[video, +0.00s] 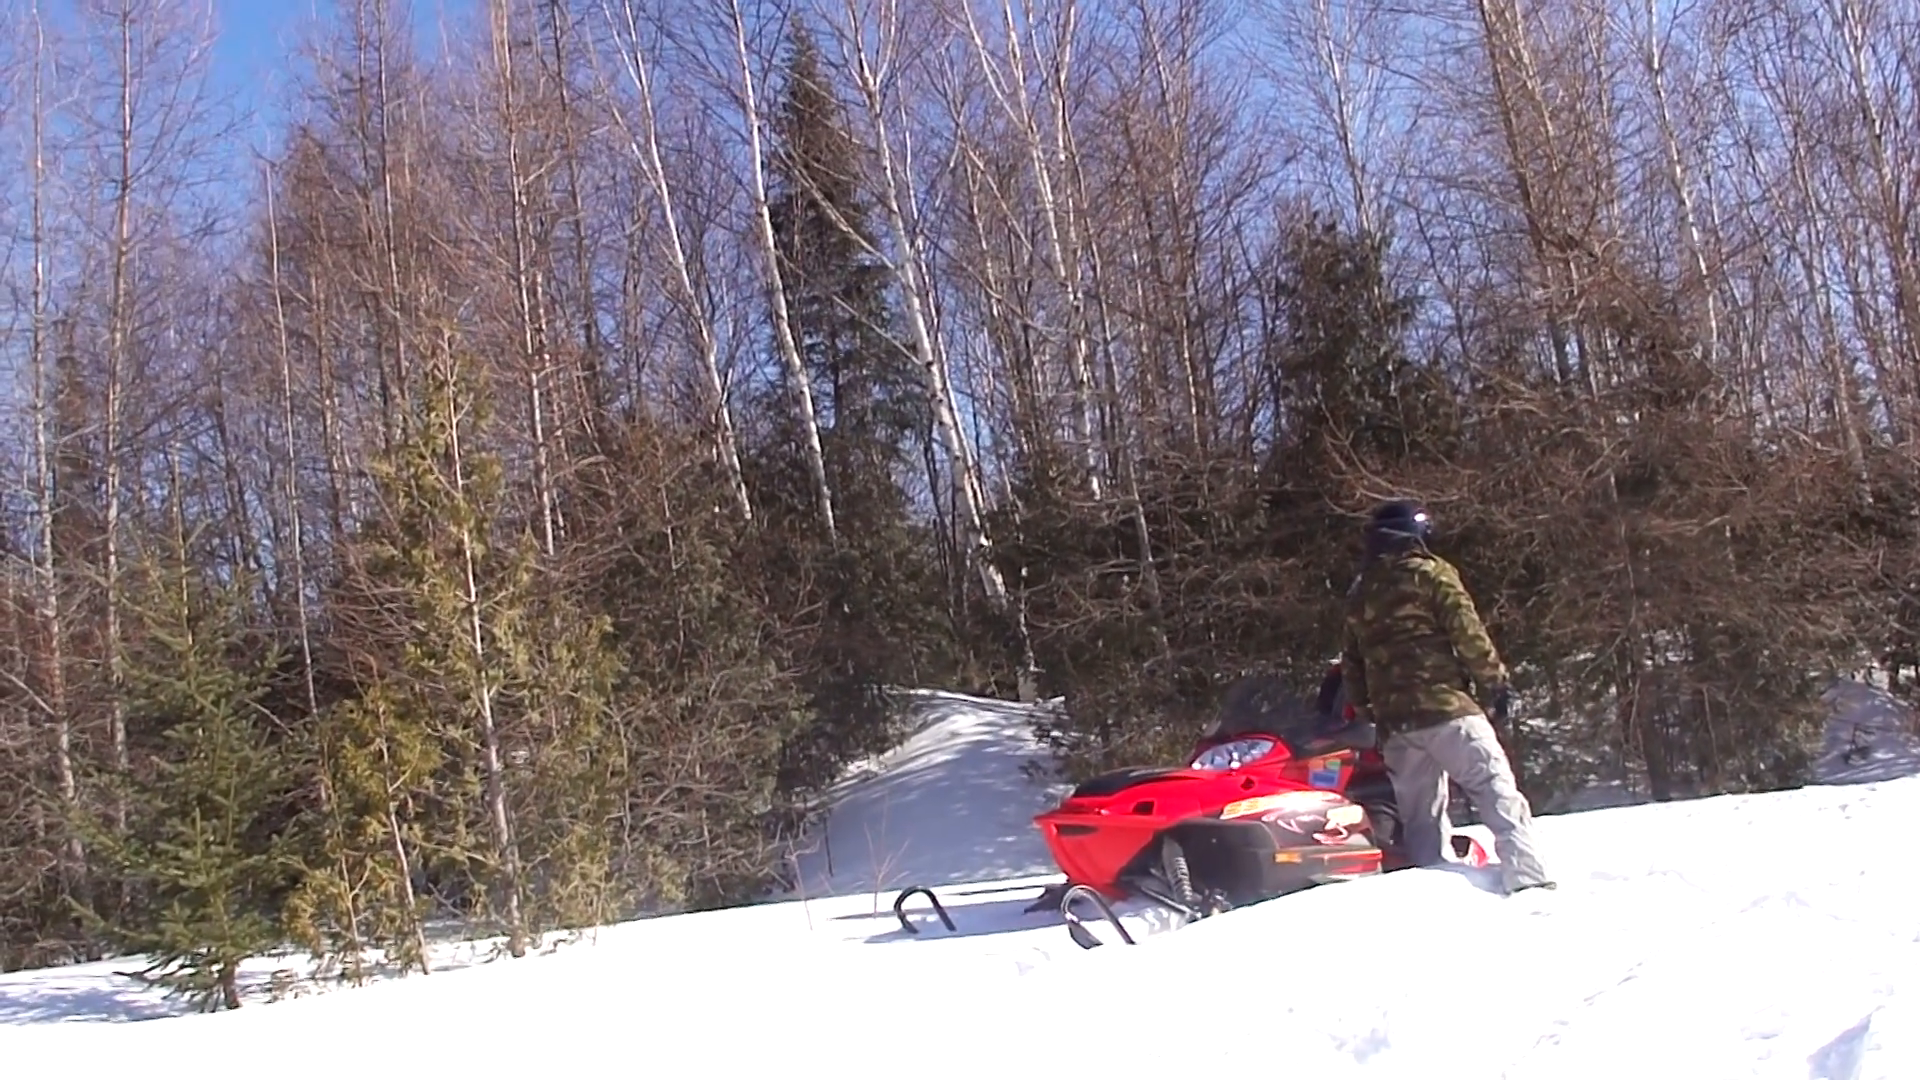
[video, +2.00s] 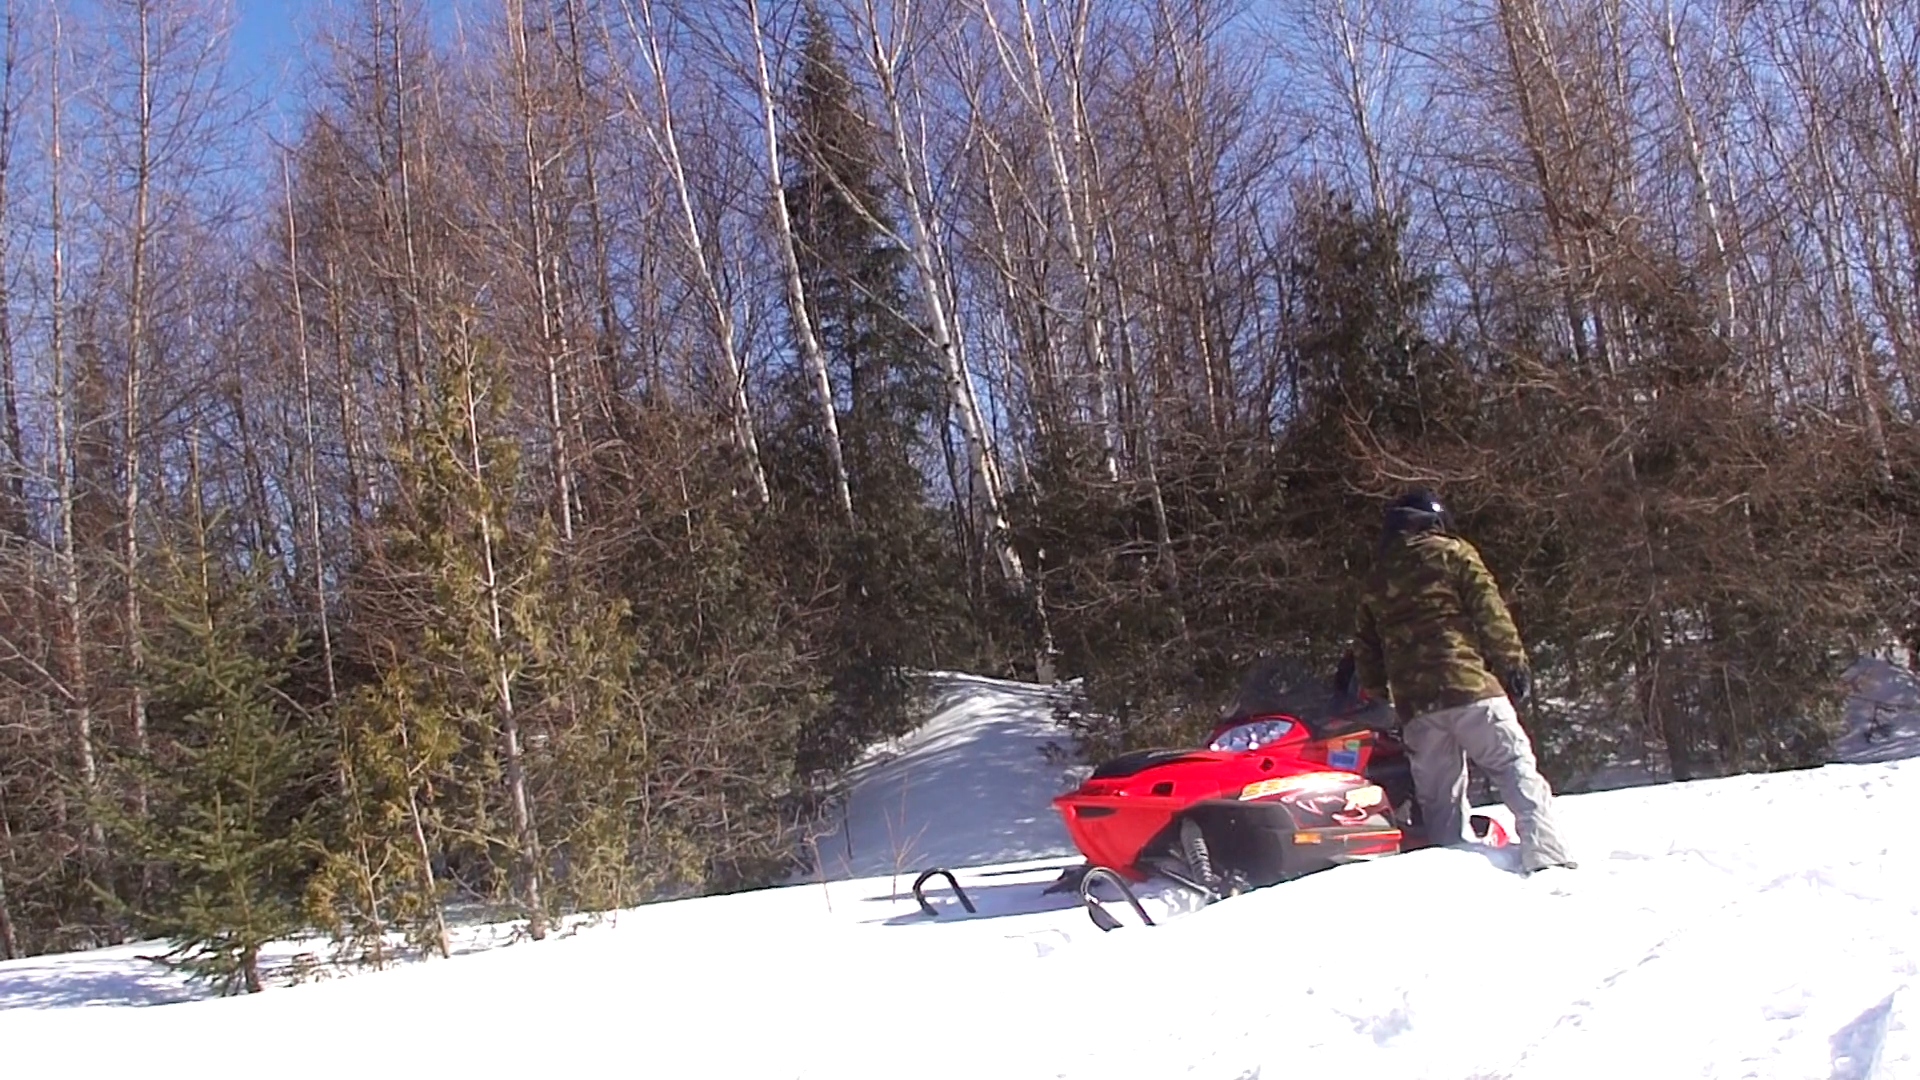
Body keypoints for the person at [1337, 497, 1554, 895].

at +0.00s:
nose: (1429, 538)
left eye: (1426, 532)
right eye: (1424, 532)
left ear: (1377, 538)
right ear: (1416, 534)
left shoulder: (1359, 591)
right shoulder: (1433, 572)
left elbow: (1354, 663)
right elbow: (1467, 633)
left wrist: (1368, 708)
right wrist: (1497, 684)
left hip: (1395, 720)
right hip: (1447, 708)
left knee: (1420, 819)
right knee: (1494, 788)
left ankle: (1430, 897)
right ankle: (1526, 876)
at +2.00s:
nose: (1447, 525)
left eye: (1443, 521)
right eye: (1443, 520)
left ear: (1394, 524)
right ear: (1435, 519)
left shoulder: (1376, 575)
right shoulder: (1452, 551)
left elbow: (1367, 645)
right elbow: (1487, 607)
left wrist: (1377, 690)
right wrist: (1512, 661)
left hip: (1414, 700)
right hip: (1469, 687)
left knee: (1439, 800)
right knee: (1513, 765)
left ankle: (1449, 878)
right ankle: (1544, 853)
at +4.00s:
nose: (1437, 513)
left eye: (1434, 506)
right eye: (1432, 507)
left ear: (1389, 514)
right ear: (1422, 509)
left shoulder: (1368, 567)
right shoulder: (1445, 544)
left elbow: (1363, 641)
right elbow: (1482, 603)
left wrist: (1381, 681)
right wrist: (1512, 651)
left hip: (1412, 698)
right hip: (1468, 683)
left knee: (1440, 798)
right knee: (1516, 761)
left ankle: (1450, 877)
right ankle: (1547, 854)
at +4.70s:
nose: (1477, 556)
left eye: (1481, 552)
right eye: (1478, 548)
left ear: (1438, 523)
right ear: (1468, 531)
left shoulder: (1388, 560)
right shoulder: (1450, 545)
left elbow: (1377, 630)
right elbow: (1472, 610)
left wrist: (1393, 684)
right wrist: (1505, 658)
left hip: (1408, 696)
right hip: (1454, 682)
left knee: (1440, 799)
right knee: (1512, 759)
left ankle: (1449, 873)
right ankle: (1547, 854)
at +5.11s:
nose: (1514, 563)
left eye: (1521, 557)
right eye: (1519, 552)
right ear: (1507, 532)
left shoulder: (1429, 548)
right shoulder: (1470, 540)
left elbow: (1416, 618)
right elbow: (1474, 602)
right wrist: (1503, 656)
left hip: (1422, 687)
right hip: (1462, 677)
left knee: (1453, 787)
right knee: (1533, 748)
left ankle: (1459, 867)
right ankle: (1562, 848)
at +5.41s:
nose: (1569, 554)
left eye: (1574, 547)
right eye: (1571, 543)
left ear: (1545, 525)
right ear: (1554, 528)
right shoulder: (1513, 543)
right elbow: (1507, 612)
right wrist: (1528, 677)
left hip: (1461, 681)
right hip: (1494, 678)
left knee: (1474, 776)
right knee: (1561, 750)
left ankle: (1467, 858)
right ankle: (1593, 847)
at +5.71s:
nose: (1635, 543)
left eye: (1640, 535)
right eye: (1635, 532)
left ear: (1608, 520)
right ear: (1615, 522)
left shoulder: (1547, 538)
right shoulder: (1572, 546)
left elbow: (1511, 609)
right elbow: (1560, 616)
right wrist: (1590, 678)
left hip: (1508, 675)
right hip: (1539, 674)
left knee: (1513, 770)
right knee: (1608, 745)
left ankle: (1482, 854)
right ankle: (1599, 854)